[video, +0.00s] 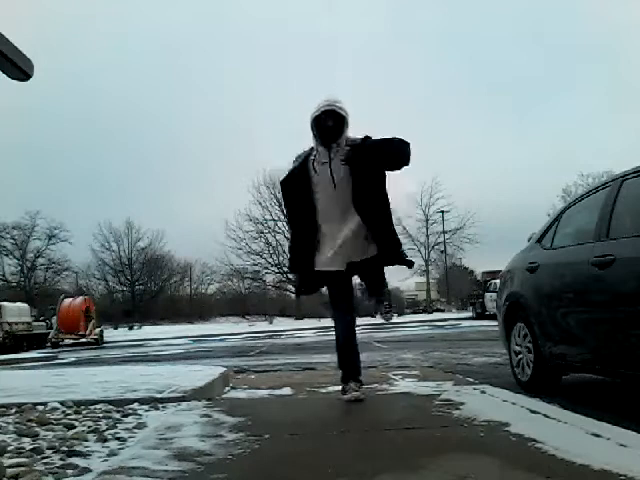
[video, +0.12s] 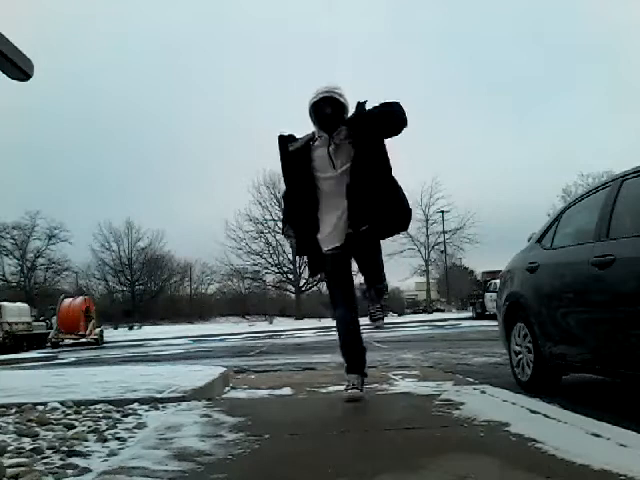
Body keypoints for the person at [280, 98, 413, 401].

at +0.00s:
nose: (328, 128)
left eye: (333, 121)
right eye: (321, 122)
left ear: (344, 125)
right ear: (313, 127)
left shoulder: (362, 152)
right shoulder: (302, 169)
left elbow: (401, 152)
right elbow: (297, 220)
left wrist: (362, 147)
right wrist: (299, 263)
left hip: (364, 245)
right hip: (328, 251)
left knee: (378, 291)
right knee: (343, 317)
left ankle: (381, 301)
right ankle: (351, 380)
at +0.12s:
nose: (326, 116)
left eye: (331, 109)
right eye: (320, 111)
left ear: (342, 110)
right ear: (312, 116)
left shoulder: (361, 132)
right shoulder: (302, 153)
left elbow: (397, 117)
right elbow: (294, 197)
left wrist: (358, 121)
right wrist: (296, 231)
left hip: (363, 227)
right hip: (328, 238)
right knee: (343, 309)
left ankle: (375, 297)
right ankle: (355, 373)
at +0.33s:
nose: (332, 142)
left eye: (338, 136)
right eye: (326, 136)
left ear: (348, 139)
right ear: (317, 140)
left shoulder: (362, 168)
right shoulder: (304, 182)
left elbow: (376, 221)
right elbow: (300, 229)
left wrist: (378, 205)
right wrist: (295, 237)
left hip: (360, 258)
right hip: (328, 264)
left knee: (350, 325)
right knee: (346, 324)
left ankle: (352, 382)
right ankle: (352, 381)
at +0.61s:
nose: (339, 109)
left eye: (345, 103)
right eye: (333, 103)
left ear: (354, 106)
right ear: (323, 106)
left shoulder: (367, 138)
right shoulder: (310, 137)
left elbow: (376, 184)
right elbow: (292, 178)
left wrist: (367, 180)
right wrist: (306, 140)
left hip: (356, 229)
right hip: (321, 229)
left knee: (353, 295)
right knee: (326, 291)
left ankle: (355, 367)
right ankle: (331, 340)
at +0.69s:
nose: (338, 122)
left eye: (344, 116)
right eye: (332, 115)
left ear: (354, 119)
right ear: (323, 119)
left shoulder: (368, 150)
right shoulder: (311, 152)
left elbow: (378, 195)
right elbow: (295, 193)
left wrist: (366, 190)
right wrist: (307, 159)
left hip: (354, 244)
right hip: (320, 244)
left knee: (345, 311)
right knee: (323, 302)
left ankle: (342, 381)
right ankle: (321, 323)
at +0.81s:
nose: (338, 136)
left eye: (344, 131)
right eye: (332, 130)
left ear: (353, 134)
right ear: (324, 133)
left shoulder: (368, 165)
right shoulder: (312, 165)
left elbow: (380, 204)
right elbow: (297, 207)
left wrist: (360, 192)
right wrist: (306, 175)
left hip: (354, 251)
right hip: (318, 250)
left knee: (345, 317)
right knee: (316, 310)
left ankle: (342, 383)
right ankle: (321, 317)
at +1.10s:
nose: (342, 129)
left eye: (348, 123)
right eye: (336, 123)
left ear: (358, 128)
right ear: (326, 126)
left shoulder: (365, 163)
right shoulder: (312, 159)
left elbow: (374, 207)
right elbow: (291, 198)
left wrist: (371, 170)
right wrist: (302, 160)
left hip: (353, 251)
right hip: (318, 250)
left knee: (348, 316)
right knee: (325, 315)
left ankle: (347, 384)